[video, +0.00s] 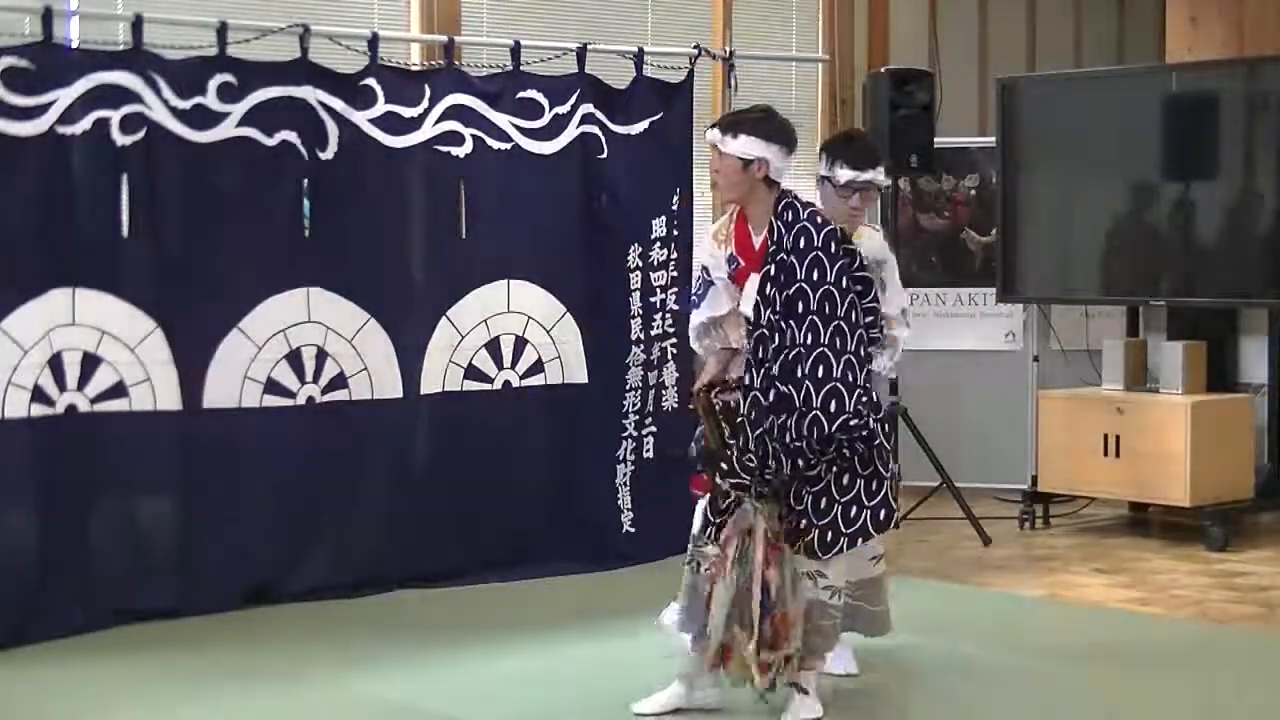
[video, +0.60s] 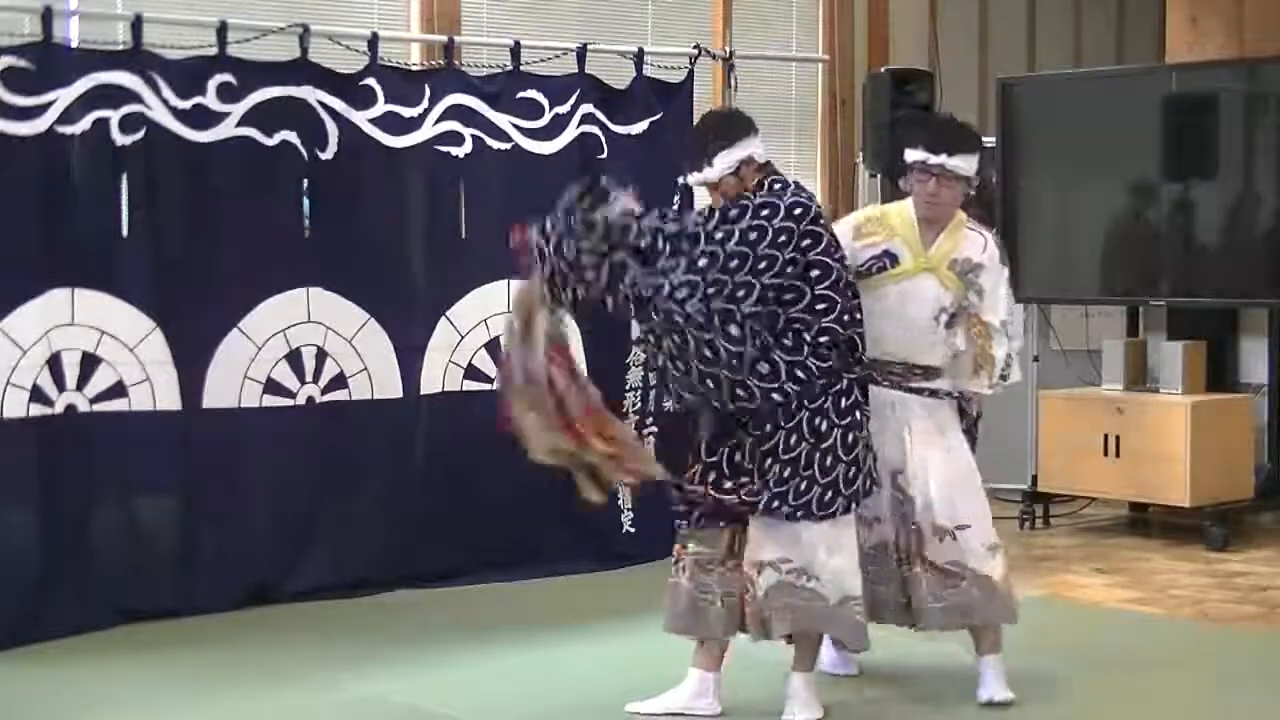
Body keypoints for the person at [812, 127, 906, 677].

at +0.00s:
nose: (859, 202)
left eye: (868, 191)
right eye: (847, 190)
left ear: (876, 192)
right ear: (820, 186)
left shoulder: (875, 249)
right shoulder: (794, 241)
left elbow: (895, 319)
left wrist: (885, 345)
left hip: (857, 386)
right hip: (798, 384)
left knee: (847, 500)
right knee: (809, 502)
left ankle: (835, 630)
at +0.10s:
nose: (865, 197)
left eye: (876, 186)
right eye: (854, 184)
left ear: (886, 188)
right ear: (831, 182)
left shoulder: (889, 241)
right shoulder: (810, 235)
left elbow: (913, 318)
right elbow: (786, 308)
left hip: (874, 381)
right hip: (818, 380)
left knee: (858, 500)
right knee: (821, 500)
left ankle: (840, 632)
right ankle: (819, 632)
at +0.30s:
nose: (887, 187)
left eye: (899, 177)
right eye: (876, 174)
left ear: (910, 181)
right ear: (853, 169)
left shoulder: (917, 235)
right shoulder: (818, 226)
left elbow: (937, 315)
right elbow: (801, 308)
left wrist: (931, 372)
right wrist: (816, 370)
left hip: (896, 390)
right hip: (834, 388)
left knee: (922, 504)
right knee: (841, 508)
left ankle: (922, 636)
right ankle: (836, 640)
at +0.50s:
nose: (915, 183)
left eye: (929, 174)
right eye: (906, 171)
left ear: (945, 181)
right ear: (888, 170)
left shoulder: (957, 240)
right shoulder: (846, 223)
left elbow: (978, 329)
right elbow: (805, 289)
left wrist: (964, 345)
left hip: (925, 398)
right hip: (853, 393)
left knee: (959, 516)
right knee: (847, 518)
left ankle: (984, 653)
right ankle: (841, 637)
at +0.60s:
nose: (933, 187)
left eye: (947, 177)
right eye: (923, 174)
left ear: (967, 186)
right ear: (906, 177)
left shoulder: (980, 248)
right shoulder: (862, 229)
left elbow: (1000, 337)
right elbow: (810, 286)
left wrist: (973, 332)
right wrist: (842, 266)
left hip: (935, 400)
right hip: (863, 392)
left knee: (965, 521)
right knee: (852, 517)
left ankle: (989, 661)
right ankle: (843, 635)